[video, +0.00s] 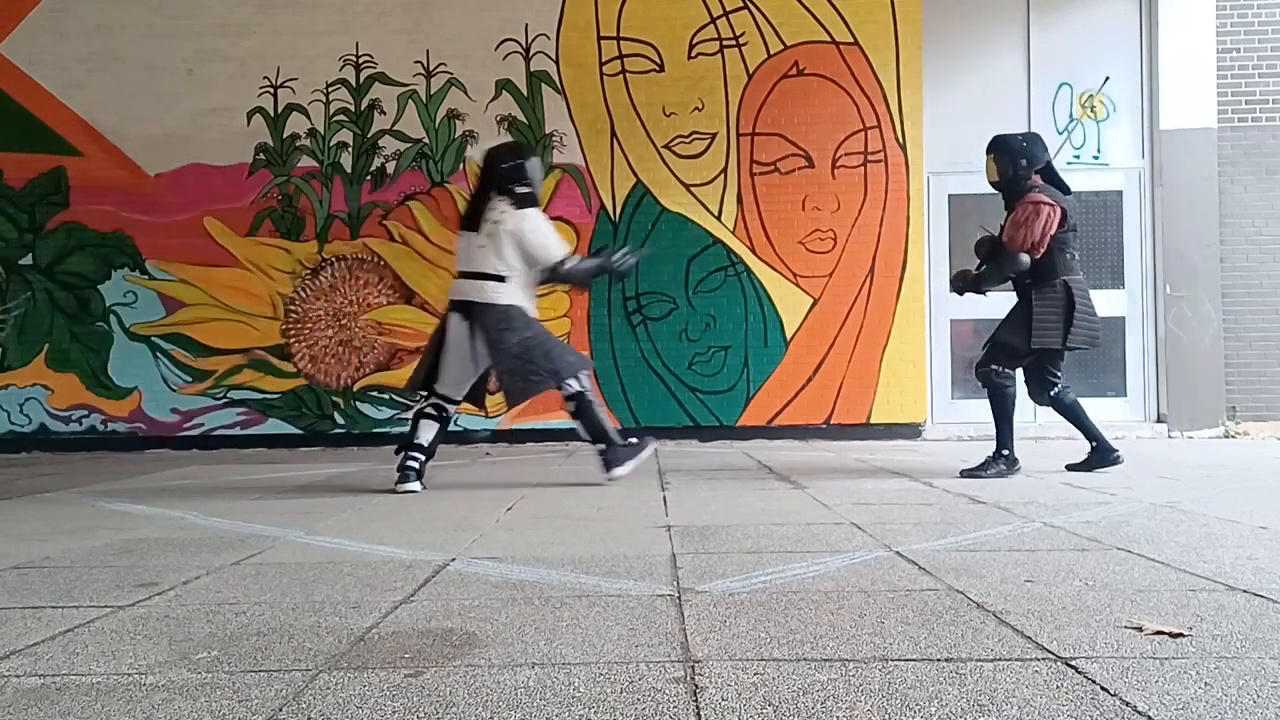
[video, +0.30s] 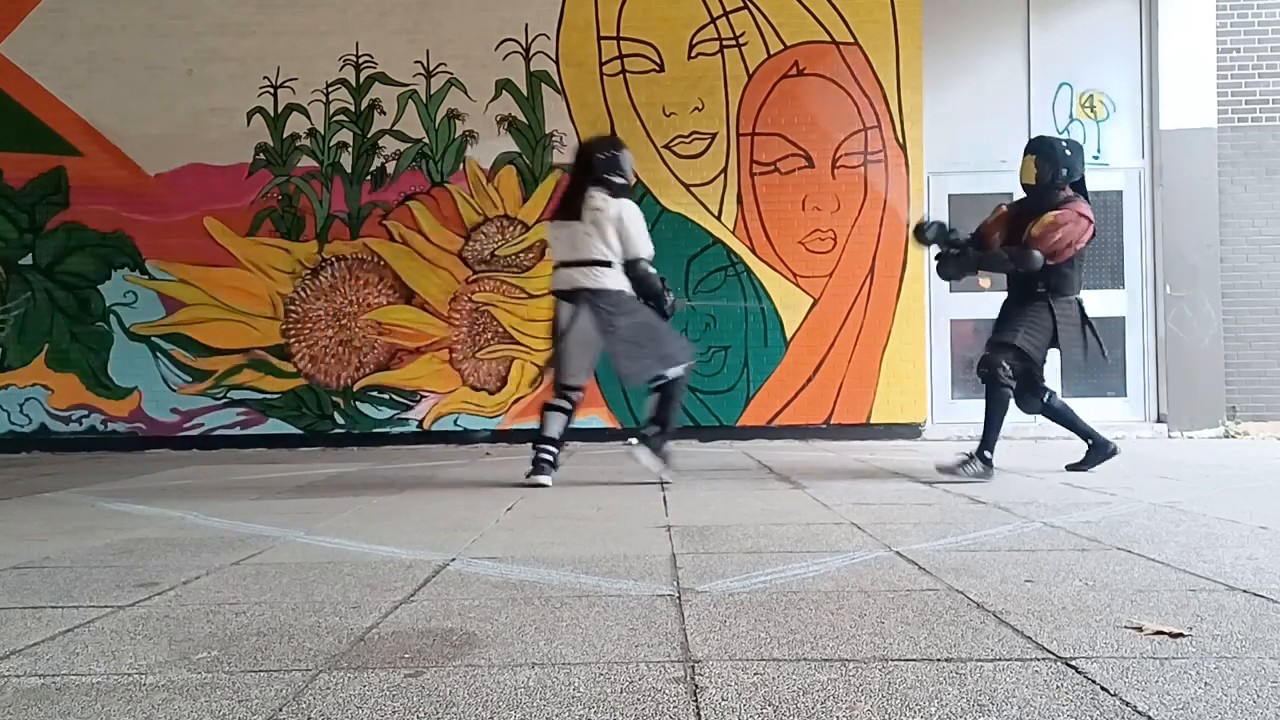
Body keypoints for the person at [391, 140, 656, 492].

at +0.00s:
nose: (536, 179)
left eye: (534, 172)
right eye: (531, 172)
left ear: (491, 177)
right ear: (519, 177)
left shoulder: (475, 211)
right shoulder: (524, 215)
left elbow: (515, 269)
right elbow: (563, 268)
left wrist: (582, 270)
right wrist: (603, 265)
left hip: (462, 308)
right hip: (503, 312)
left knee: (445, 392)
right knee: (569, 368)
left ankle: (410, 469)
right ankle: (613, 450)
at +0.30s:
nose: (632, 177)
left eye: (630, 170)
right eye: (627, 170)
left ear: (584, 169)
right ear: (615, 170)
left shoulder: (563, 207)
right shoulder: (621, 207)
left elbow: (563, 261)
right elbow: (639, 268)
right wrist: (663, 299)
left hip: (566, 295)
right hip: (610, 295)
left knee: (568, 384)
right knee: (676, 356)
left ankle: (543, 463)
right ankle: (655, 439)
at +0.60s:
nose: (732, 192)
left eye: (731, 188)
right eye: (728, 188)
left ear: (692, 195)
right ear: (717, 195)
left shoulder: (685, 223)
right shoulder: (728, 226)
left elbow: (728, 205)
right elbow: (781, 234)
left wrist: (763, 192)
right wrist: (810, 208)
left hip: (687, 331)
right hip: (723, 331)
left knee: (658, 406)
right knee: (799, 372)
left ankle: (588, 443)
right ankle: (805, 458)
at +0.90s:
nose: (802, 168)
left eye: (800, 163)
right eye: (797, 164)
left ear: (757, 173)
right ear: (787, 173)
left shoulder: (744, 203)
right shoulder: (796, 205)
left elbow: (764, 159)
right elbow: (841, 182)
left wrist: (795, 123)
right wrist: (837, 137)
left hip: (752, 307)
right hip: (786, 307)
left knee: (782, 371)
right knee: (838, 379)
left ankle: (771, 439)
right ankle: (807, 458)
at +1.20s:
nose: (830, 151)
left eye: (828, 145)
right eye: (826, 145)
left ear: (790, 164)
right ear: (807, 163)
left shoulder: (793, 204)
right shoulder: (794, 205)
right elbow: (836, 179)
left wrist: (791, 147)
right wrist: (805, 143)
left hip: (815, 305)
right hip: (803, 306)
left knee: (852, 375)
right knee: (825, 376)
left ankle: (851, 443)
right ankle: (808, 446)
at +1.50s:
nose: (807, 207)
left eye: (811, 201)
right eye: (801, 201)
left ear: (815, 201)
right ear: (786, 200)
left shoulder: (824, 228)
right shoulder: (770, 229)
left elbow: (845, 254)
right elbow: (745, 252)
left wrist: (811, 233)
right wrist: (767, 215)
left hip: (818, 321)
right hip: (781, 322)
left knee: (863, 376)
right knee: (777, 385)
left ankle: (849, 447)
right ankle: (742, 436)